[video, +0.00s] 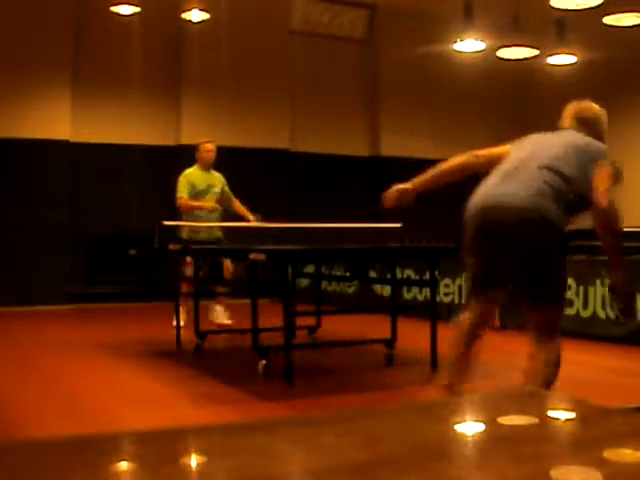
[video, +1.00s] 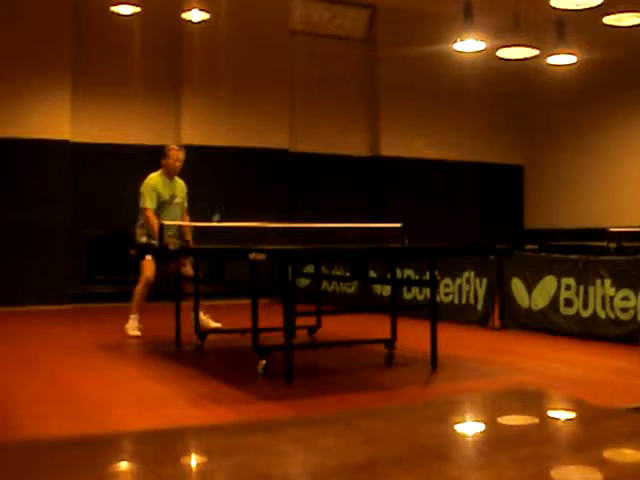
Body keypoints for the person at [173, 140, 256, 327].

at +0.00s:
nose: (210, 155)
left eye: (212, 152)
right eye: (207, 152)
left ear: (215, 154)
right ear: (198, 154)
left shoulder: (218, 178)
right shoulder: (187, 176)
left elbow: (231, 200)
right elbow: (182, 203)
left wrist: (248, 216)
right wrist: (205, 205)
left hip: (214, 235)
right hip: (192, 235)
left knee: (220, 271)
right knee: (188, 275)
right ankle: (182, 309)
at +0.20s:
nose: (206, 156)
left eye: (208, 153)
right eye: (202, 153)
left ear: (211, 155)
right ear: (193, 155)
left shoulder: (213, 180)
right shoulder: (182, 177)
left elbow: (226, 204)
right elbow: (175, 204)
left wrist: (238, 221)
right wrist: (196, 210)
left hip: (204, 234)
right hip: (181, 233)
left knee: (206, 272)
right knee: (171, 268)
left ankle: (207, 310)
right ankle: (160, 305)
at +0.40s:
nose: (195, 160)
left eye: (197, 156)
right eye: (191, 156)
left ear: (199, 159)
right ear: (182, 159)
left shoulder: (201, 184)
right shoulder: (169, 181)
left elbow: (211, 209)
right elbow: (161, 207)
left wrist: (220, 224)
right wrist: (182, 217)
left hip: (192, 233)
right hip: (170, 233)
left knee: (204, 270)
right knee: (156, 272)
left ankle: (206, 313)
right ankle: (139, 314)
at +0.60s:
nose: (189, 160)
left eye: (191, 157)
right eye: (185, 156)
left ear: (194, 160)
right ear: (176, 159)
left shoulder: (194, 185)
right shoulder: (164, 182)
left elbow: (198, 215)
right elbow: (156, 210)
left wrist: (202, 236)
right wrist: (174, 221)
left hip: (185, 237)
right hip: (163, 237)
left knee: (203, 272)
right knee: (155, 274)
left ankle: (202, 313)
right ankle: (138, 316)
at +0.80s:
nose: (187, 162)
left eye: (188, 158)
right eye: (182, 158)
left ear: (190, 161)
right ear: (173, 161)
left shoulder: (191, 184)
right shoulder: (160, 183)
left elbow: (197, 215)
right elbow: (154, 214)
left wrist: (196, 239)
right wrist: (166, 234)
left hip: (184, 238)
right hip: (160, 236)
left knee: (201, 273)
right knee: (153, 273)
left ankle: (202, 314)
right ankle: (135, 316)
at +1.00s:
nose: (177, 164)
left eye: (180, 161)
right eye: (174, 160)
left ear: (182, 163)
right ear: (164, 161)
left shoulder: (181, 185)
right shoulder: (152, 182)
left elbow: (184, 216)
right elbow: (148, 213)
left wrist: (189, 242)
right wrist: (160, 238)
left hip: (173, 236)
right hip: (150, 235)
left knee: (189, 272)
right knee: (148, 275)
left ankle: (198, 314)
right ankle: (133, 318)